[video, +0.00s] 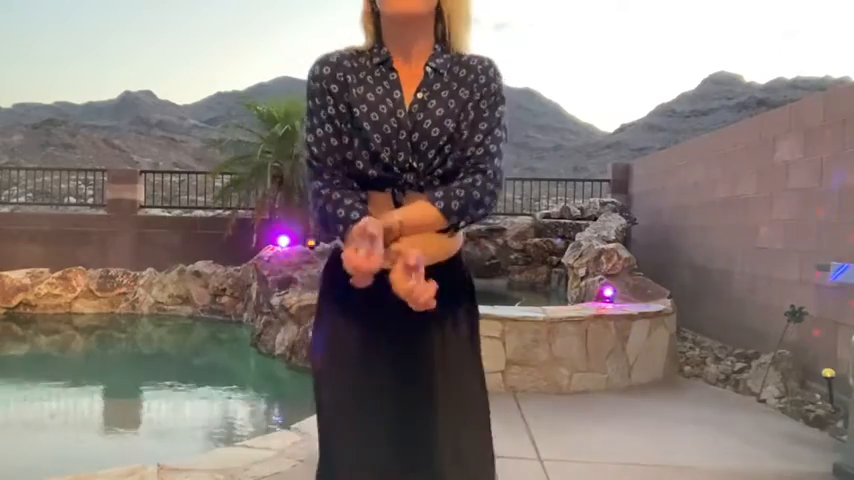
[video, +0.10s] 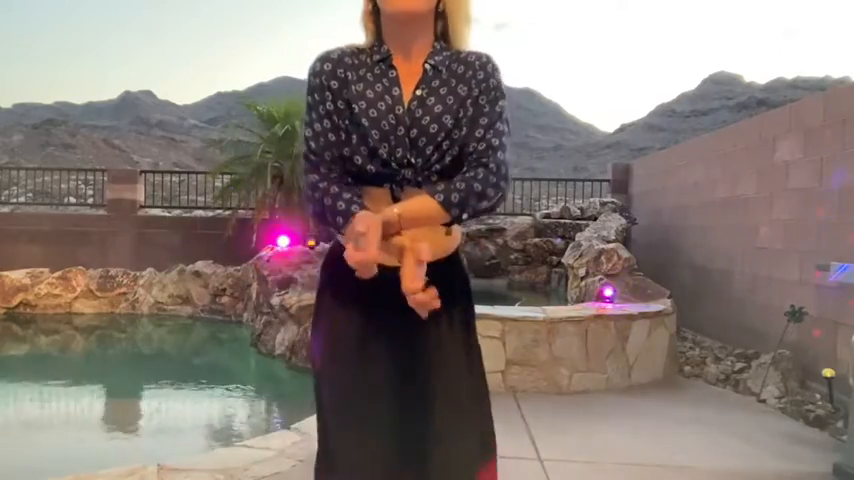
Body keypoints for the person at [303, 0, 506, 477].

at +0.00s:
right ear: (373, 0)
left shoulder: (477, 74)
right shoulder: (333, 72)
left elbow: (481, 183)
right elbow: (330, 183)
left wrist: (386, 224)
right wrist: (396, 254)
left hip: (442, 287)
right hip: (355, 284)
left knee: (449, 454)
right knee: (357, 455)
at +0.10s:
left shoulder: (476, 71)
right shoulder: (333, 70)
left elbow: (489, 178)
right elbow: (322, 182)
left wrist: (391, 218)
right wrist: (402, 248)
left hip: (440, 281)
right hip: (355, 279)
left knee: (450, 449)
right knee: (357, 450)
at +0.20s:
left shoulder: (471, 73)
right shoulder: (331, 67)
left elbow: (493, 171)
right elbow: (303, 172)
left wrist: (384, 210)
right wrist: (400, 233)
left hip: (433, 280)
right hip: (347, 277)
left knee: (438, 446)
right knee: (348, 446)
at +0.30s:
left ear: (436, 9)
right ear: (369, 8)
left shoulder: (470, 90)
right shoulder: (327, 81)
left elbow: (488, 180)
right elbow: (287, 175)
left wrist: (374, 217)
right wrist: (388, 244)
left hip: (430, 291)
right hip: (343, 290)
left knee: (437, 453)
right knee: (340, 454)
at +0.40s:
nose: (398, 1)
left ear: (437, 15)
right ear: (366, 17)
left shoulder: (468, 107)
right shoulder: (323, 102)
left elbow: (472, 200)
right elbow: (285, 203)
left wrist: (360, 241)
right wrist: (381, 264)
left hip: (428, 314)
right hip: (337, 312)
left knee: (431, 463)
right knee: (334, 464)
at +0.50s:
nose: (396, 10)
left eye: (412, 2)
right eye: (381, 2)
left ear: (434, 26)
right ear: (359, 28)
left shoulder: (461, 121)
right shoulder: (318, 121)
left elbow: (449, 226)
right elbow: (298, 240)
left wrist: (347, 280)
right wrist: (360, 306)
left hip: (422, 328)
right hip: (330, 325)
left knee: (434, 467)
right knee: (331, 468)